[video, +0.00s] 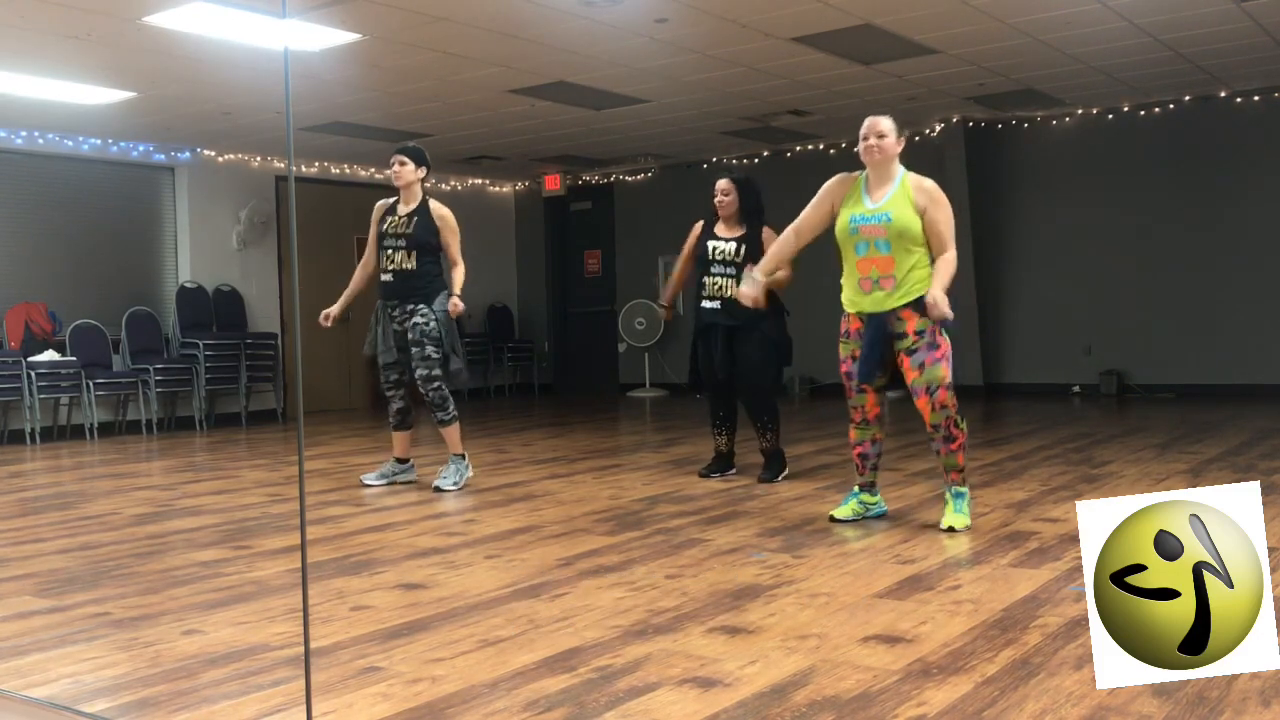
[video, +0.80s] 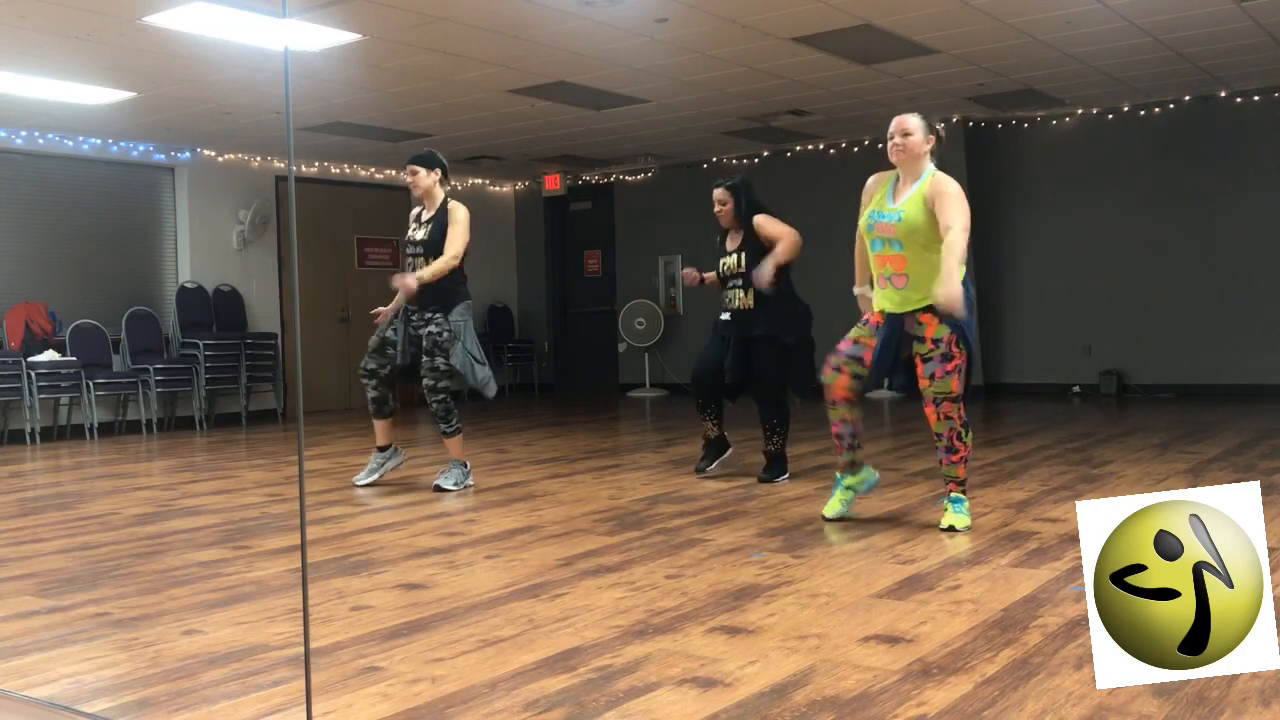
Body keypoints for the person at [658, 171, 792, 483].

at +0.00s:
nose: (719, 199)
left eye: (726, 194)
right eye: (716, 194)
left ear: (742, 198)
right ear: (713, 199)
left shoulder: (762, 235)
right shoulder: (702, 230)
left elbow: (785, 273)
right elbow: (683, 266)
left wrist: (765, 281)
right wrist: (667, 300)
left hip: (754, 330)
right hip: (713, 329)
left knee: (756, 391)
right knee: (718, 392)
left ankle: (773, 458)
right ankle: (723, 458)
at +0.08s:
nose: (722, 203)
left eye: (728, 197)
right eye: (720, 197)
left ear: (747, 199)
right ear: (718, 201)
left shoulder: (766, 236)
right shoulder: (713, 228)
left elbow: (771, 285)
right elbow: (709, 272)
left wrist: (758, 263)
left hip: (755, 331)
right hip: (716, 330)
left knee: (761, 392)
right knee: (720, 392)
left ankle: (774, 460)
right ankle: (723, 457)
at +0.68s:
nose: (721, 205)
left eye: (726, 199)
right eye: (719, 200)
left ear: (744, 197)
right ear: (721, 202)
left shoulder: (764, 220)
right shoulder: (732, 232)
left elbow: (788, 247)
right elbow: (728, 272)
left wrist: (755, 233)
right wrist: (702, 287)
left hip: (768, 325)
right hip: (733, 325)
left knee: (769, 389)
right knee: (711, 381)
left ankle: (776, 461)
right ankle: (718, 451)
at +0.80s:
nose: (717, 209)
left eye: (722, 203)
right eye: (714, 204)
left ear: (740, 203)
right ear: (714, 206)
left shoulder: (758, 223)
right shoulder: (726, 239)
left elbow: (792, 239)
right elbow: (732, 275)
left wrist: (770, 262)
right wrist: (703, 278)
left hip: (768, 326)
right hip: (733, 326)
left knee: (769, 390)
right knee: (704, 377)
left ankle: (776, 460)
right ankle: (715, 442)